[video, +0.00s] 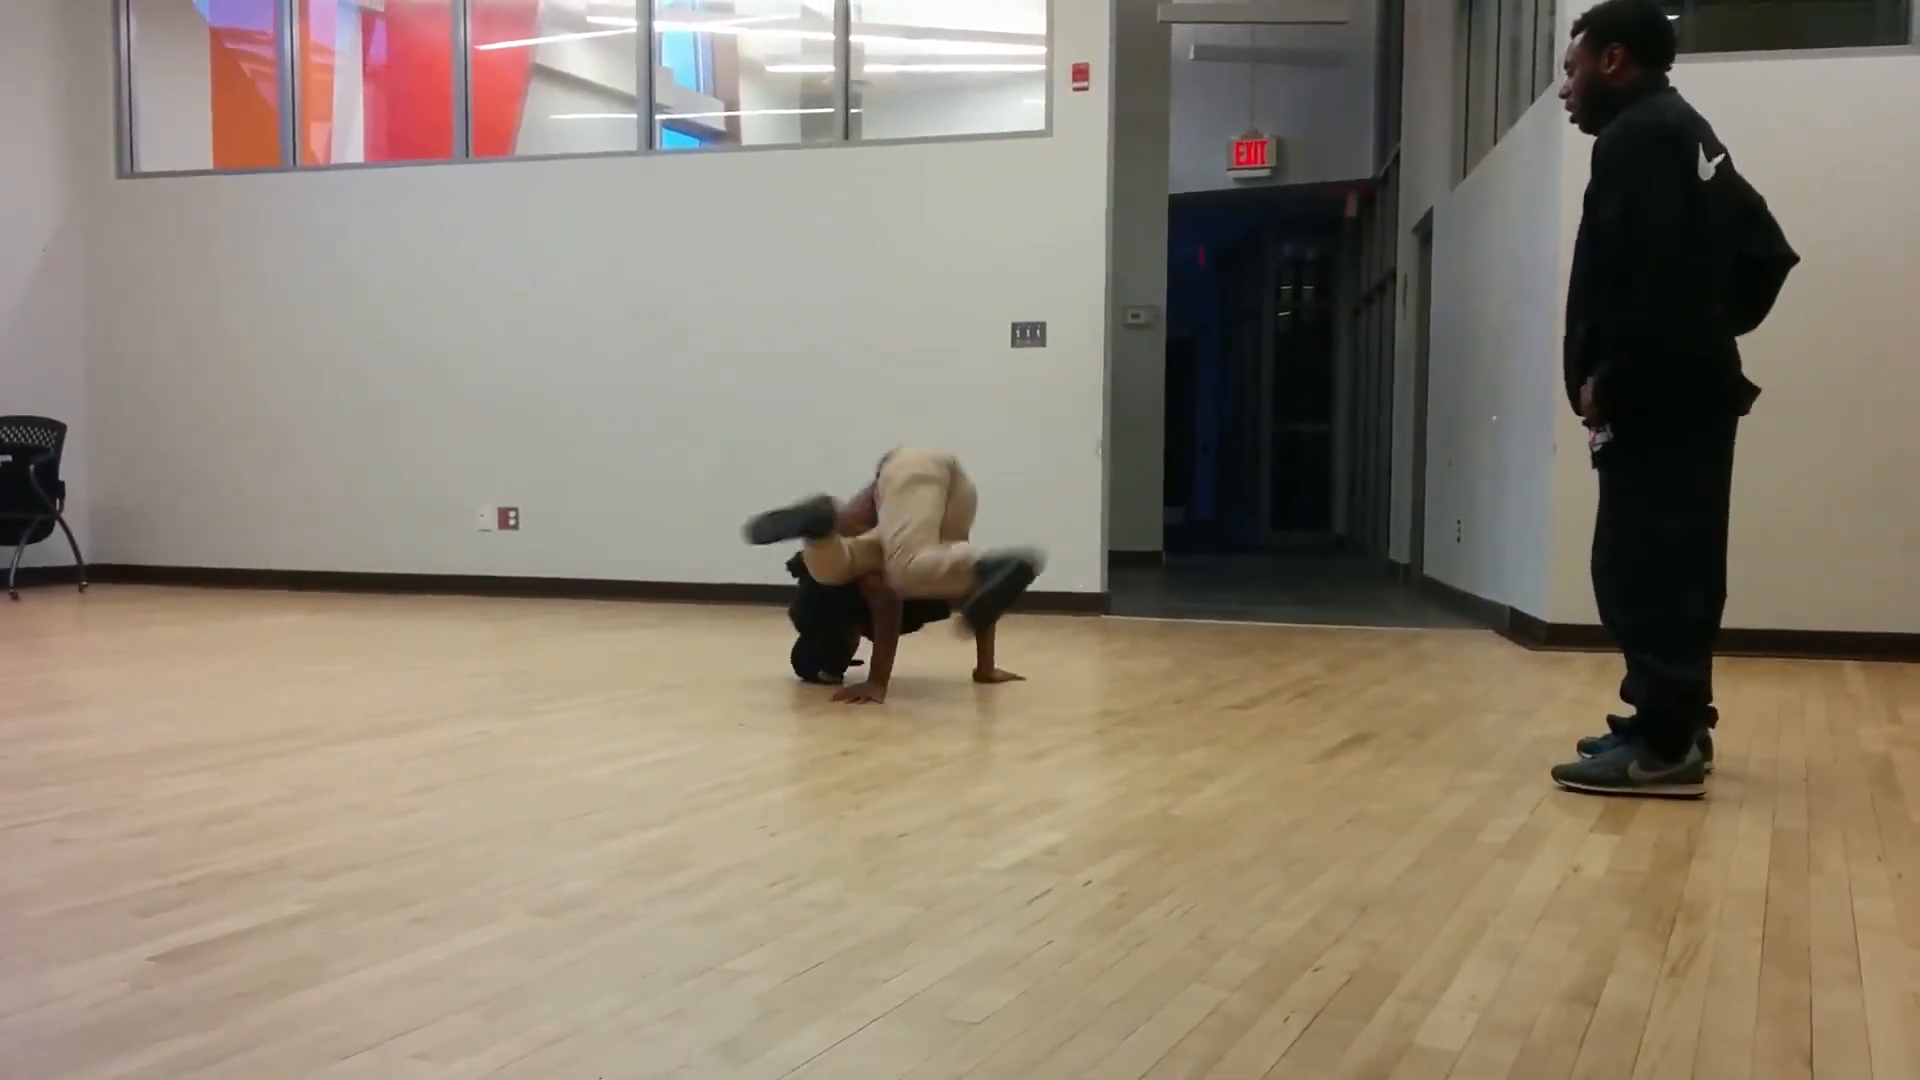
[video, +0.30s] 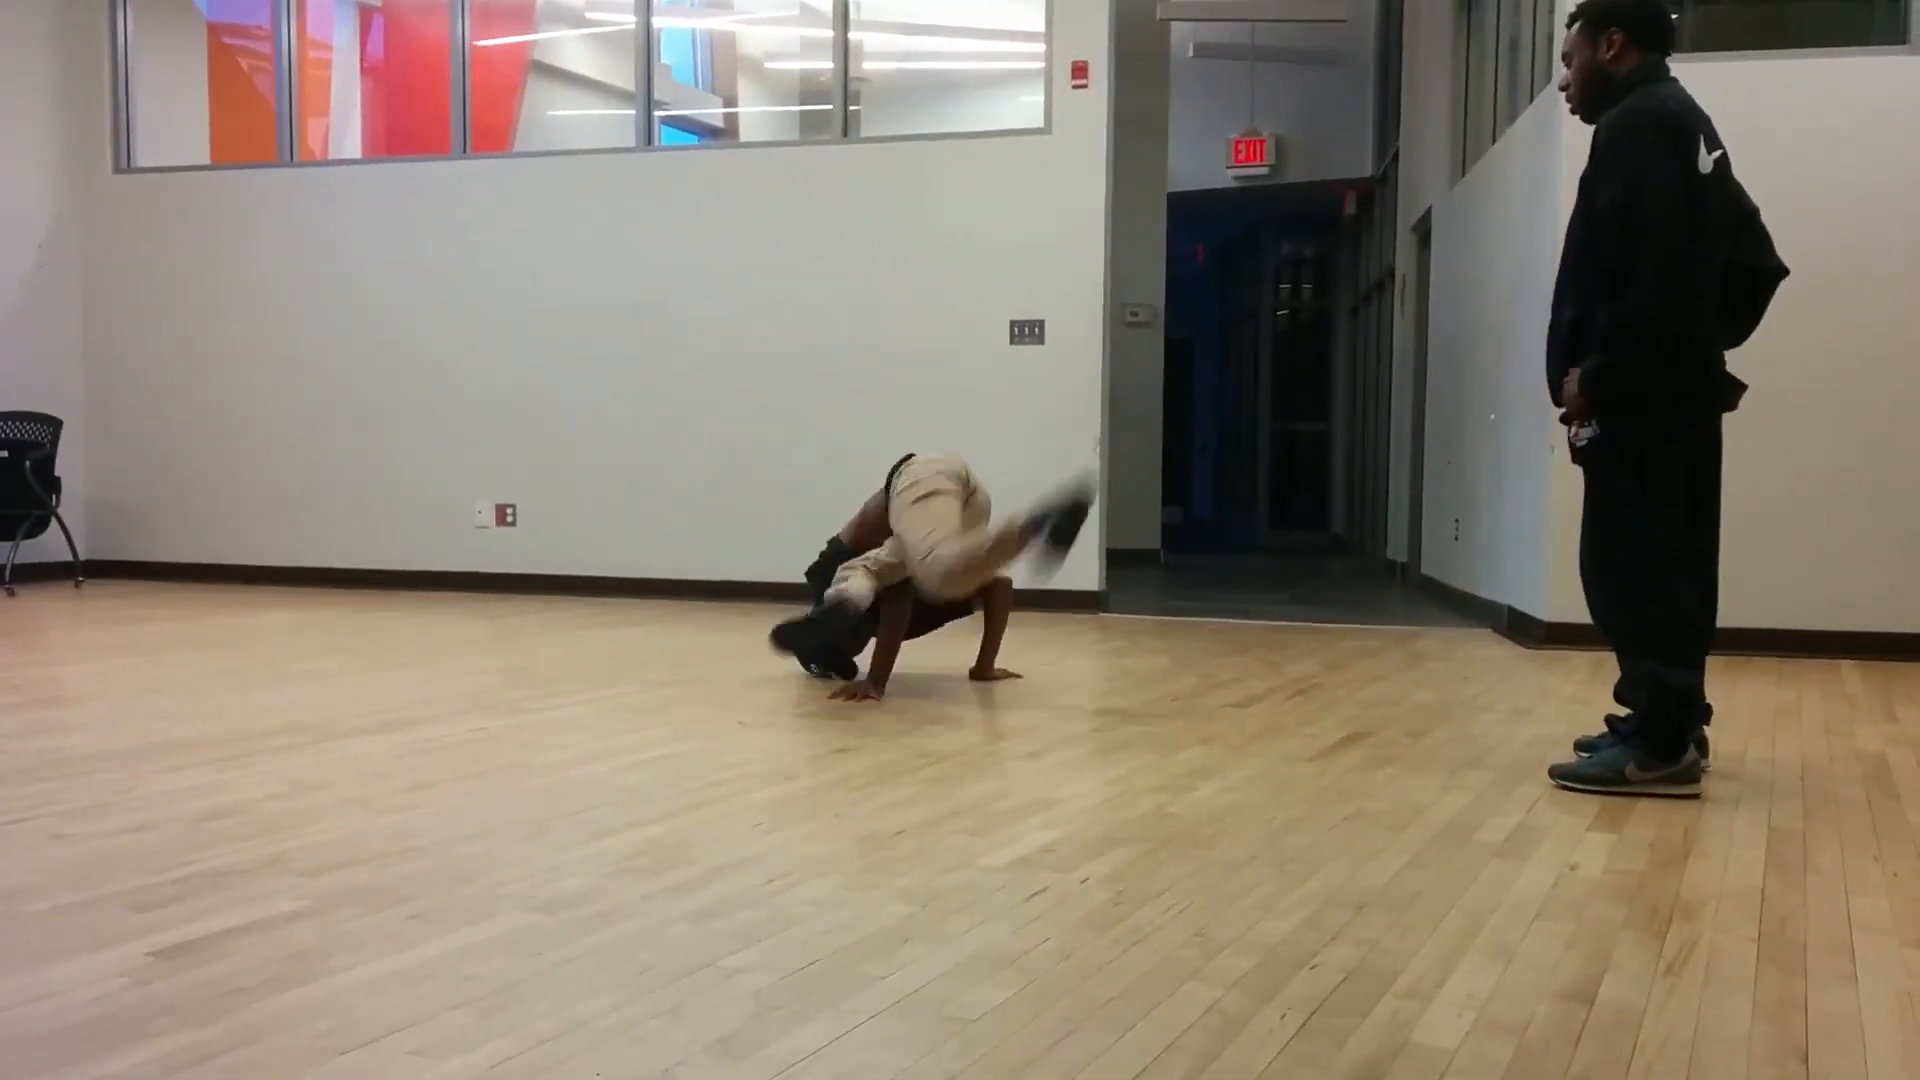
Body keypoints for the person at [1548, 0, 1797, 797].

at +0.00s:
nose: (1563, 84)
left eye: (1573, 67)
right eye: (1565, 68)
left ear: (1615, 61)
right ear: (1630, 64)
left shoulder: (1638, 135)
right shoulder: (1676, 128)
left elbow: (1638, 276)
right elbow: (1764, 252)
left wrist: (1600, 375)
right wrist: (1701, 339)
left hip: (1657, 403)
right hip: (1691, 399)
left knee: (1642, 563)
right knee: (1671, 558)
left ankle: (1665, 744)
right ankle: (1672, 727)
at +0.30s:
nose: (1563, 76)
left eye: (1571, 58)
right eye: (1563, 60)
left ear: (1615, 48)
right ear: (1626, 49)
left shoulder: (1638, 124)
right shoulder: (1680, 120)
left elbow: (1638, 273)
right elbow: (1756, 262)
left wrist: (1591, 369)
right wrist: (1694, 354)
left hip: (1642, 398)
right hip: (1680, 396)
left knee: (1633, 558)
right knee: (1666, 554)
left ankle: (1659, 741)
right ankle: (1669, 729)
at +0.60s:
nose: (1561, 58)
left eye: (1570, 40)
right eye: (1562, 42)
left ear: (1617, 32)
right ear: (1623, 34)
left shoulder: (1639, 106)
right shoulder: (1669, 104)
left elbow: (1636, 257)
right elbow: (1727, 264)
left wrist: (1588, 357)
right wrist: (1676, 359)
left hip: (1636, 393)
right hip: (1659, 391)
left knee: (1629, 556)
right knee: (1642, 552)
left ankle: (1654, 742)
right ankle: (1650, 726)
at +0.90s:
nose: (1540, 55)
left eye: (1550, 35)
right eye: (1541, 37)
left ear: (1594, 29)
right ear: (1603, 31)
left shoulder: (1628, 104)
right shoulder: (1655, 97)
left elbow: (1636, 257)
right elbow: (1723, 246)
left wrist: (1600, 365)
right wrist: (1650, 359)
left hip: (1646, 390)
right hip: (1668, 387)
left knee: (1631, 555)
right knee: (1641, 552)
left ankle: (1642, 736)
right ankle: (1638, 726)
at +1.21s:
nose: (1527, 64)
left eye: (1533, 42)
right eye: (1528, 44)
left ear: (1575, 34)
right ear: (1589, 34)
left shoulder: (1618, 111)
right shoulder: (1670, 95)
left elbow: (1614, 249)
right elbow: (1777, 192)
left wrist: (1606, 362)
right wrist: (1710, 283)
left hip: (1670, 381)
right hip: (1716, 373)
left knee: (1640, 550)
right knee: (1690, 541)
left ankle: (1648, 735)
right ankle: (1677, 706)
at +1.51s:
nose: (1578, 47)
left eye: (1587, 26)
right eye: (1580, 29)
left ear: (1632, 24)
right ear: (1647, 26)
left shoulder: (1657, 110)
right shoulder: (1716, 95)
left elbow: (1636, 246)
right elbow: (1810, 208)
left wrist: (1624, 360)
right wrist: (1735, 287)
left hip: (1679, 386)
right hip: (1735, 377)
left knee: (1647, 553)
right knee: (1736, 545)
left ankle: (1648, 732)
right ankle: (1780, 714)